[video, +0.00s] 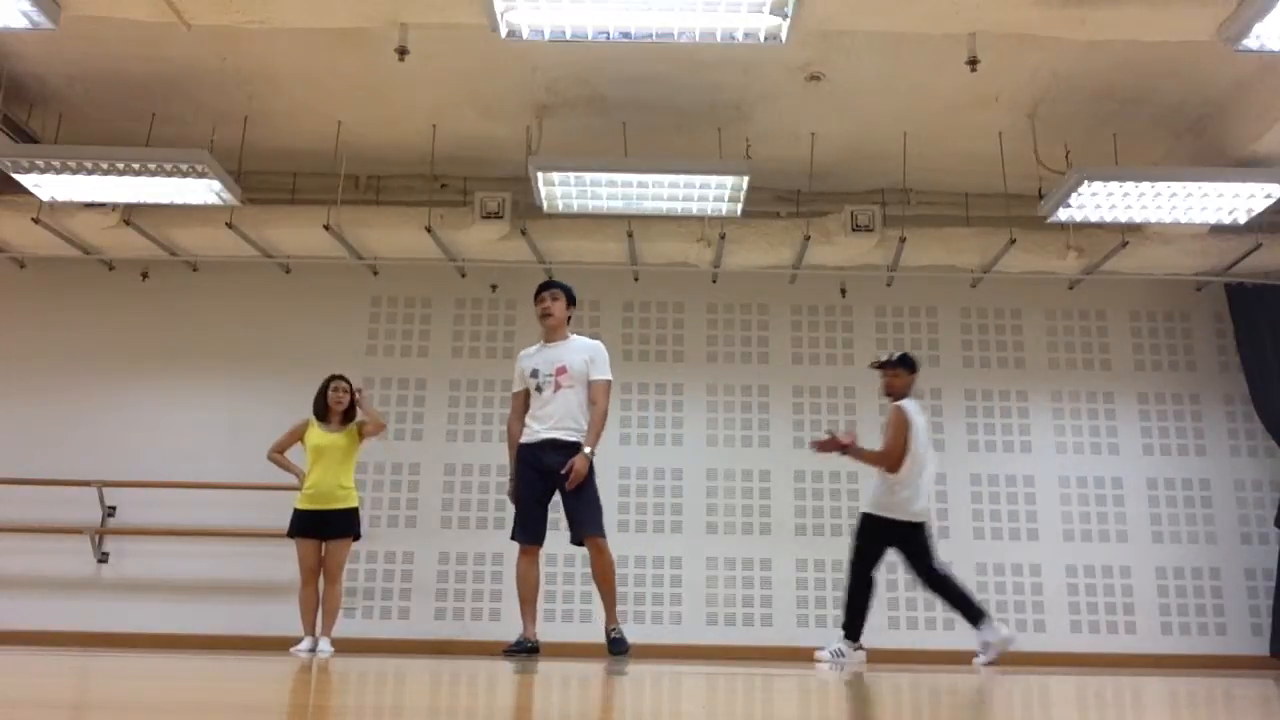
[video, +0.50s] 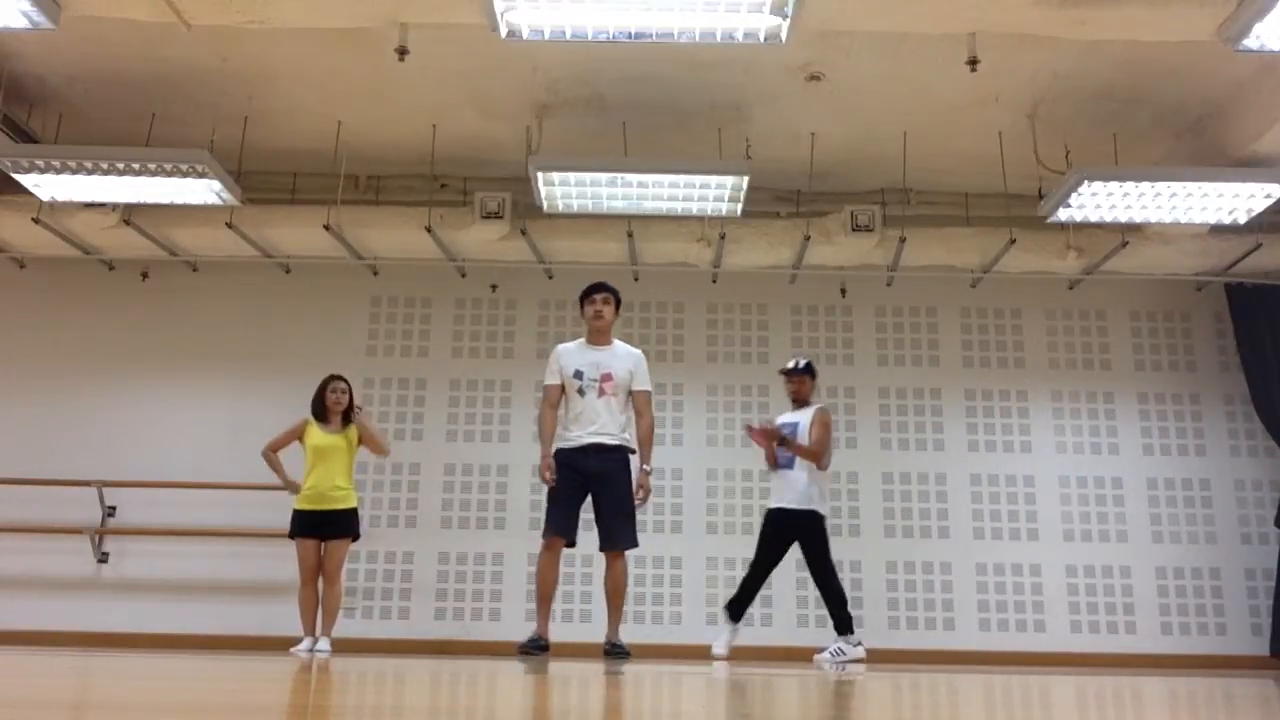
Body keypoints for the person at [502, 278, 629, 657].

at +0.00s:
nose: (546, 306)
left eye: (553, 300)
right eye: (540, 302)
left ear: (569, 308)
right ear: (536, 312)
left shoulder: (592, 349)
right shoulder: (526, 358)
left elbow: (600, 405)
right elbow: (516, 416)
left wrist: (587, 452)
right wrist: (514, 472)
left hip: (574, 453)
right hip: (530, 455)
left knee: (595, 539)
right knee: (528, 545)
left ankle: (613, 625)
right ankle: (529, 635)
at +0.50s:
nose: (598, 309)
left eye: (605, 304)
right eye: (592, 304)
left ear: (616, 312)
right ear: (582, 311)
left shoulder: (633, 358)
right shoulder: (562, 353)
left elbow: (644, 414)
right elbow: (550, 406)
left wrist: (644, 469)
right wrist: (546, 453)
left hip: (614, 459)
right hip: (569, 457)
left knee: (615, 550)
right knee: (552, 542)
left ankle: (614, 635)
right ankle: (541, 632)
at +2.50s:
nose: (589, 306)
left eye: (595, 301)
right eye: (582, 301)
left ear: (606, 311)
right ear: (571, 311)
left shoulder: (623, 356)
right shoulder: (552, 352)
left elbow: (633, 412)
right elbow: (537, 406)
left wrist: (632, 464)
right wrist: (534, 459)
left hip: (606, 456)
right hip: (561, 455)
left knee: (606, 548)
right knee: (548, 547)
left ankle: (606, 636)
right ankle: (537, 635)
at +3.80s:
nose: (608, 314)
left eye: (614, 309)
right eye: (601, 308)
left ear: (625, 318)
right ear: (591, 316)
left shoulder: (639, 364)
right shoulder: (572, 353)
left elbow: (652, 414)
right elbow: (560, 405)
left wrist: (668, 438)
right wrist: (579, 446)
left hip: (621, 457)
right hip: (579, 454)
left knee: (615, 549)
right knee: (578, 543)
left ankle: (606, 636)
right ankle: (582, 633)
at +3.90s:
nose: (602, 312)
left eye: (608, 307)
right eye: (596, 307)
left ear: (620, 315)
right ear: (586, 314)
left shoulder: (634, 358)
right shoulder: (570, 346)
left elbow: (660, 389)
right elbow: (561, 370)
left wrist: (690, 388)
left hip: (613, 458)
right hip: (572, 456)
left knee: (611, 549)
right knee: (565, 541)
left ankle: (606, 636)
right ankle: (555, 626)